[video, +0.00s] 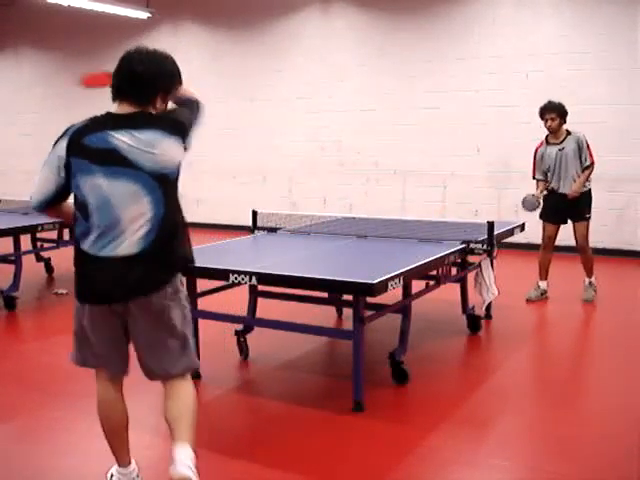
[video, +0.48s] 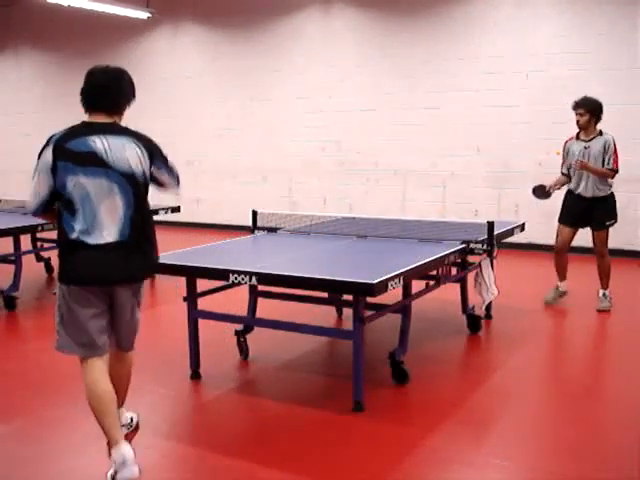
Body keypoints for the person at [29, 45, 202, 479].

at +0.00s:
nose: (170, 100)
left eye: (170, 93)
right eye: (169, 94)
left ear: (117, 87)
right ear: (158, 97)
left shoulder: (76, 137)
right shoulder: (168, 136)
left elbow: (44, 200)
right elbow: (190, 106)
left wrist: (80, 217)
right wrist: (170, 95)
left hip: (97, 281)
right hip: (156, 279)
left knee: (108, 376)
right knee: (176, 372)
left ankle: (124, 470)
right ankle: (183, 461)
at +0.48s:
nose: (126, 107)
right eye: (126, 101)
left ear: (83, 100)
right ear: (126, 103)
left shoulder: (57, 145)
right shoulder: (139, 146)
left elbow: (40, 206)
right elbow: (171, 184)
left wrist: (71, 209)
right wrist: (134, 163)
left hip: (80, 270)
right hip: (129, 267)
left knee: (93, 357)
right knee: (122, 347)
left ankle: (119, 450)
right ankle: (118, 416)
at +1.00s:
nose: (100, 114)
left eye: (101, 108)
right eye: (100, 108)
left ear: (60, 103)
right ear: (88, 106)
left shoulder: (29, 139)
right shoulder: (92, 143)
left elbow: (10, 193)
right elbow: (117, 200)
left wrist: (39, 214)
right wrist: (117, 222)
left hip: (46, 255)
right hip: (92, 255)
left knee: (32, 321)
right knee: (105, 331)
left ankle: (6, 392)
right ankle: (114, 416)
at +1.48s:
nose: (45, 114)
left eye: (47, 107)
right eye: (43, 106)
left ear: (18, 104)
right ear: (23, 103)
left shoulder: (9, 132)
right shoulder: (11, 132)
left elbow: (12, 191)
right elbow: (5, 188)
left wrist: (48, 221)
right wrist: (49, 213)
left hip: (9, 247)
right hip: (23, 248)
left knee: (1, 321)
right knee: (47, 320)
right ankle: (57, 416)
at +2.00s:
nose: (65, 134)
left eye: (65, 127)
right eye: (63, 126)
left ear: (29, 123)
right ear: (47, 124)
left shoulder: (8, 150)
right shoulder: (42, 153)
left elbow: (14, 211)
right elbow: (49, 214)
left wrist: (48, 242)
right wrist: (71, 245)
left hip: (1, 267)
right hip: (16, 271)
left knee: (6, 336)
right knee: (44, 352)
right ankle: (37, 460)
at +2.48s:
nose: (64, 157)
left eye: (64, 149)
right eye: (61, 149)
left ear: (32, 148)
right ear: (43, 149)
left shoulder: (9, 172)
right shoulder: (24, 180)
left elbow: (14, 244)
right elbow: (15, 246)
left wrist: (53, 272)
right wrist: (61, 271)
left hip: (7, 289)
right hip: (4, 290)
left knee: (41, 352)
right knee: (42, 354)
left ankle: (37, 458)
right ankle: (37, 460)